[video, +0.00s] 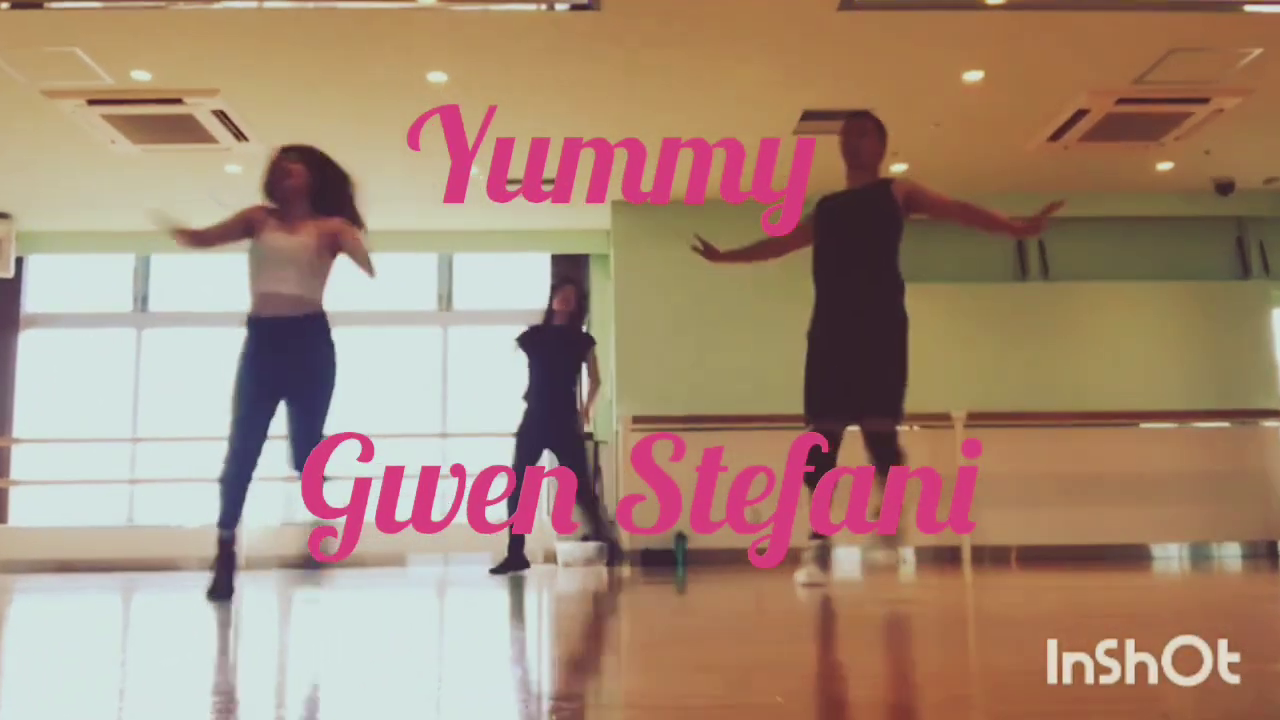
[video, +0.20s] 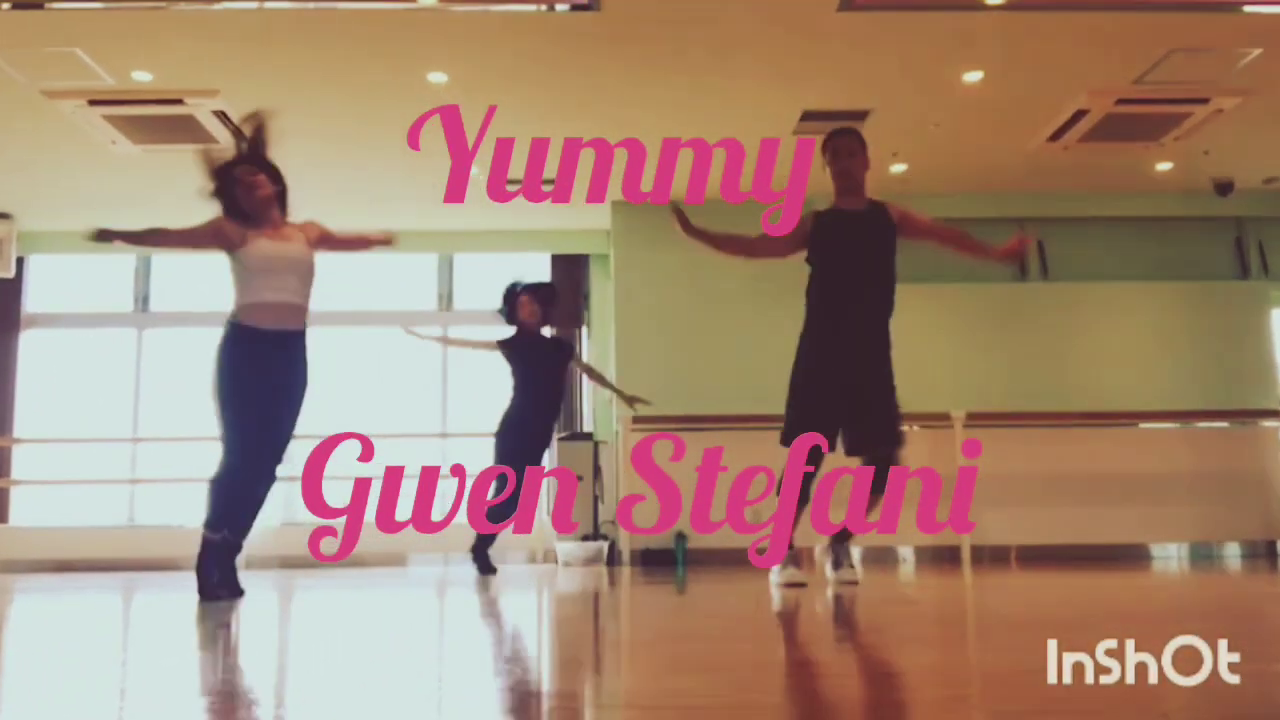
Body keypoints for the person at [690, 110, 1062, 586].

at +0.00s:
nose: (854, 142)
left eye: (863, 135)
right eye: (848, 135)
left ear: (882, 146)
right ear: (839, 146)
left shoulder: (897, 192)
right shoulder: (827, 210)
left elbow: (957, 211)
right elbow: (779, 244)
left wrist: (1014, 228)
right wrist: (725, 256)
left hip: (879, 330)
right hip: (829, 331)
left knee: (879, 436)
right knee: (821, 441)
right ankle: (818, 549)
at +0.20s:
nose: (846, 163)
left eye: (854, 155)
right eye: (838, 156)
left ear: (867, 162)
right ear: (827, 166)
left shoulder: (888, 217)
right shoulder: (817, 225)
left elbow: (945, 235)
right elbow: (757, 246)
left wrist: (997, 254)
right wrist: (697, 234)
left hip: (869, 353)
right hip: (820, 353)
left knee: (883, 457)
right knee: (805, 454)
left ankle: (842, 541)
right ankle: (784, 551)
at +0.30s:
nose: (853, 167)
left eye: (859, 157)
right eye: (843, 158)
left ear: (871, 164)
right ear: (830, 166)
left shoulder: (882, 222)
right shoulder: (817, 221)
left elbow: (922, 260)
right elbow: (750, 232)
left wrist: (956, 293)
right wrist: (703, 199)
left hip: (877, 359)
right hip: (829, 360)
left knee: (920, 448)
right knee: (809, 457)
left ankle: (875, 533)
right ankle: (781, 550)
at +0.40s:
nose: (864, 177)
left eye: (870, 168)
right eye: (854, 170)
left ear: (880, 173)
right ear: (840, 175)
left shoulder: (883, 235)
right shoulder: (828, 224)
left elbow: (886, 296)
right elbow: (794, 242)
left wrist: (907, 339)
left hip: (886, 362)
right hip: (842, 363)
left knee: (949, 442)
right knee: (819, 457)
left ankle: (934, 533)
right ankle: (781, 546)